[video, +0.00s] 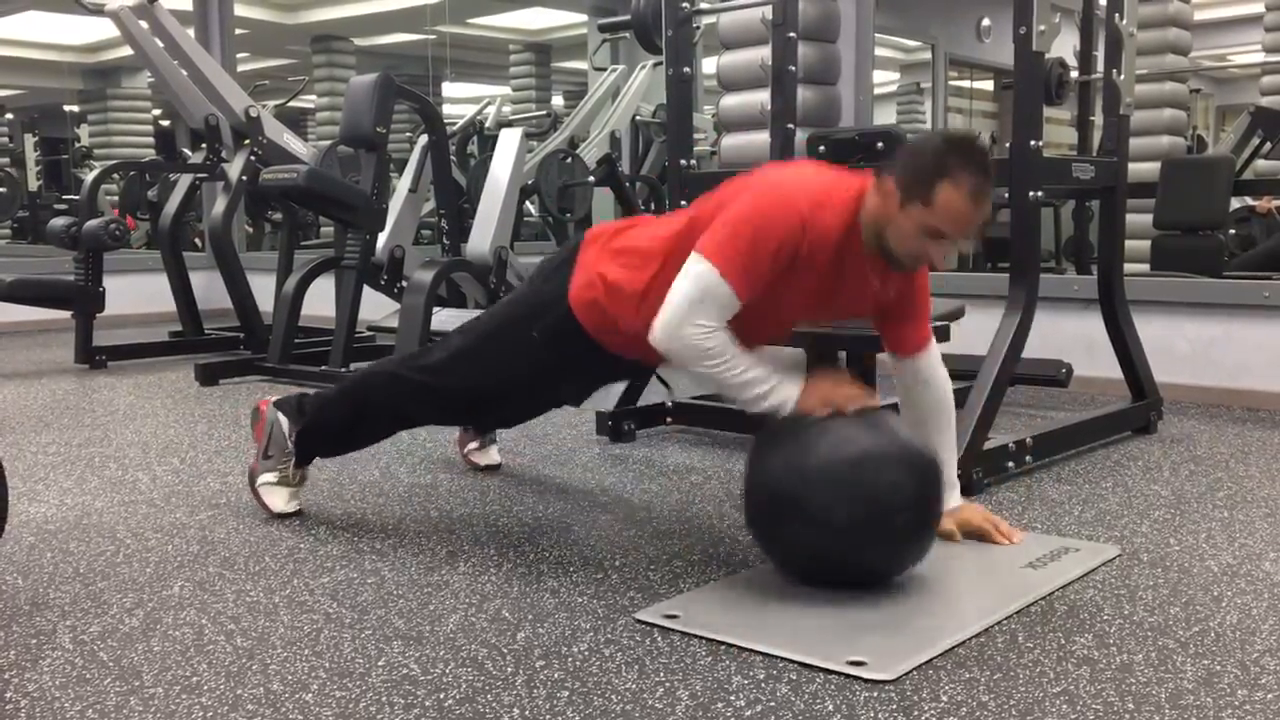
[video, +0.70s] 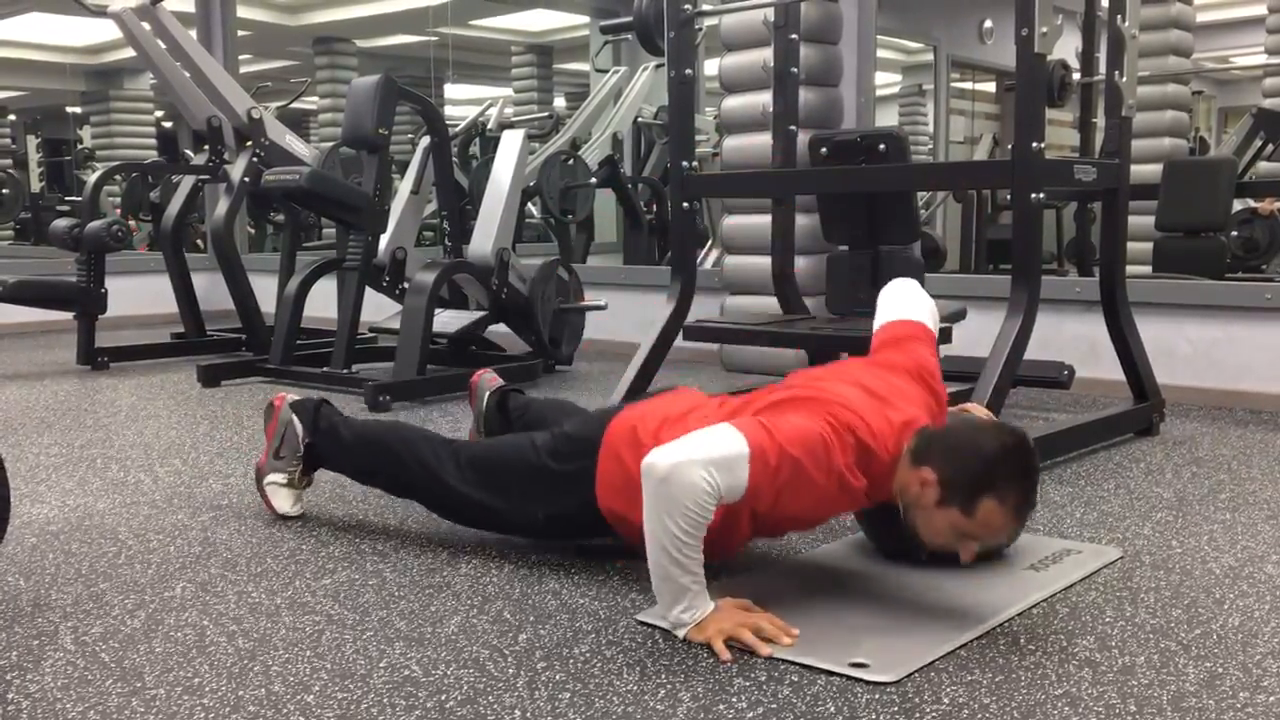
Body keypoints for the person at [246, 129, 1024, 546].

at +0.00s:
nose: (938, 259)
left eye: (954, 247)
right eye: (933, 237)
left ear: (955, 232)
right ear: (889, 192)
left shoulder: (901, 268)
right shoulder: (784, 209)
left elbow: (922, 378)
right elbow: (675, 333)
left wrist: (946, 494)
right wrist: (792, 396)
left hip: (645, 335)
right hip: (593, 291)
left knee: (514, 387)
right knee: (454, 378)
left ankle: (468, 418)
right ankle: (292, 427)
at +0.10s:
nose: (919, 230)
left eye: (933, 218)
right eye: (915, 209)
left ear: (935, 198)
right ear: (871, 161)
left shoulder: (888, 222)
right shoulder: (770, 186)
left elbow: (929, 342)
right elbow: (677, 324)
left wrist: (957, 439)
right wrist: (799, 354)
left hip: (636, 326)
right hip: (579, 289)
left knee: (531, 392)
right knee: (443, 381)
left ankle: (475, 423)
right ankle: (286, 427)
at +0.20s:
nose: (914, 267)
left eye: (930, 257)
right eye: (909, 247)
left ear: (916, 216)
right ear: (869, 199)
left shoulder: (874, 202)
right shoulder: (764, 220)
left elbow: (899, 271)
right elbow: (654, 352)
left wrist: (923, 348)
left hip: (628, 343)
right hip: (573, 318)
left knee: (518, 392)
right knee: (438, 393)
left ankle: (465, 424)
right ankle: (285, 425)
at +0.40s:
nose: (943, 496)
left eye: (961, 485)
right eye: (941, 480)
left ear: (931, 413)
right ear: (900, 434)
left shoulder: (902, 351)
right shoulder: (793, 412)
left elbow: (897, 285)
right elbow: (657, 469)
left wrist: (878, 383)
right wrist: (687, 607)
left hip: (637, 373)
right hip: (586, 428)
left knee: (498, 413)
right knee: (441, 452)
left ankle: (472, 387)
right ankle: (287, 427)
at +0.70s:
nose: (960, 556)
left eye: (979, 549)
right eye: (963, 542)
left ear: (962, 450)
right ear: (926, 484)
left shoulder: (917, 385)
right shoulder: (821, 445)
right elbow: (680, 475)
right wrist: (690, 607)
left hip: (681, 417)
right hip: (619, 468)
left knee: (586, 425)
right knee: (460, 474)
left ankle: (498, 398)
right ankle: (309, 426)